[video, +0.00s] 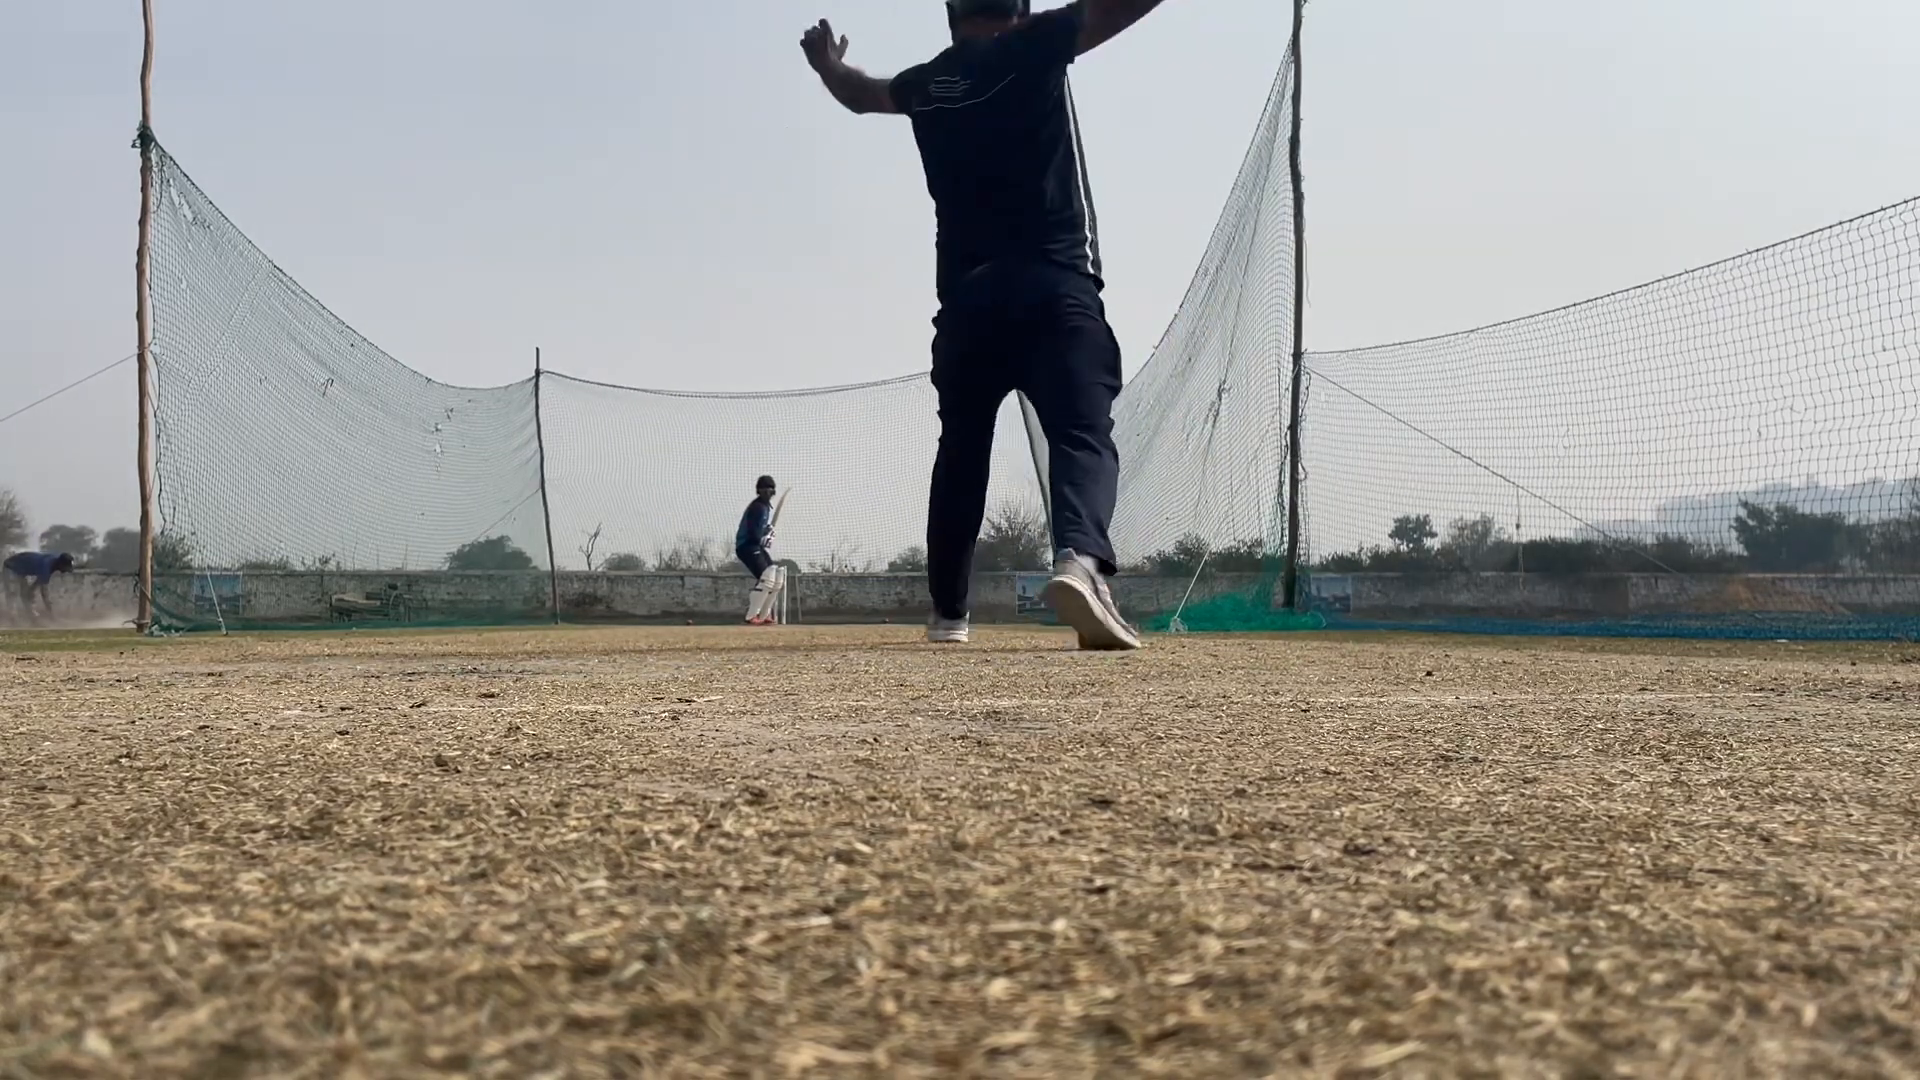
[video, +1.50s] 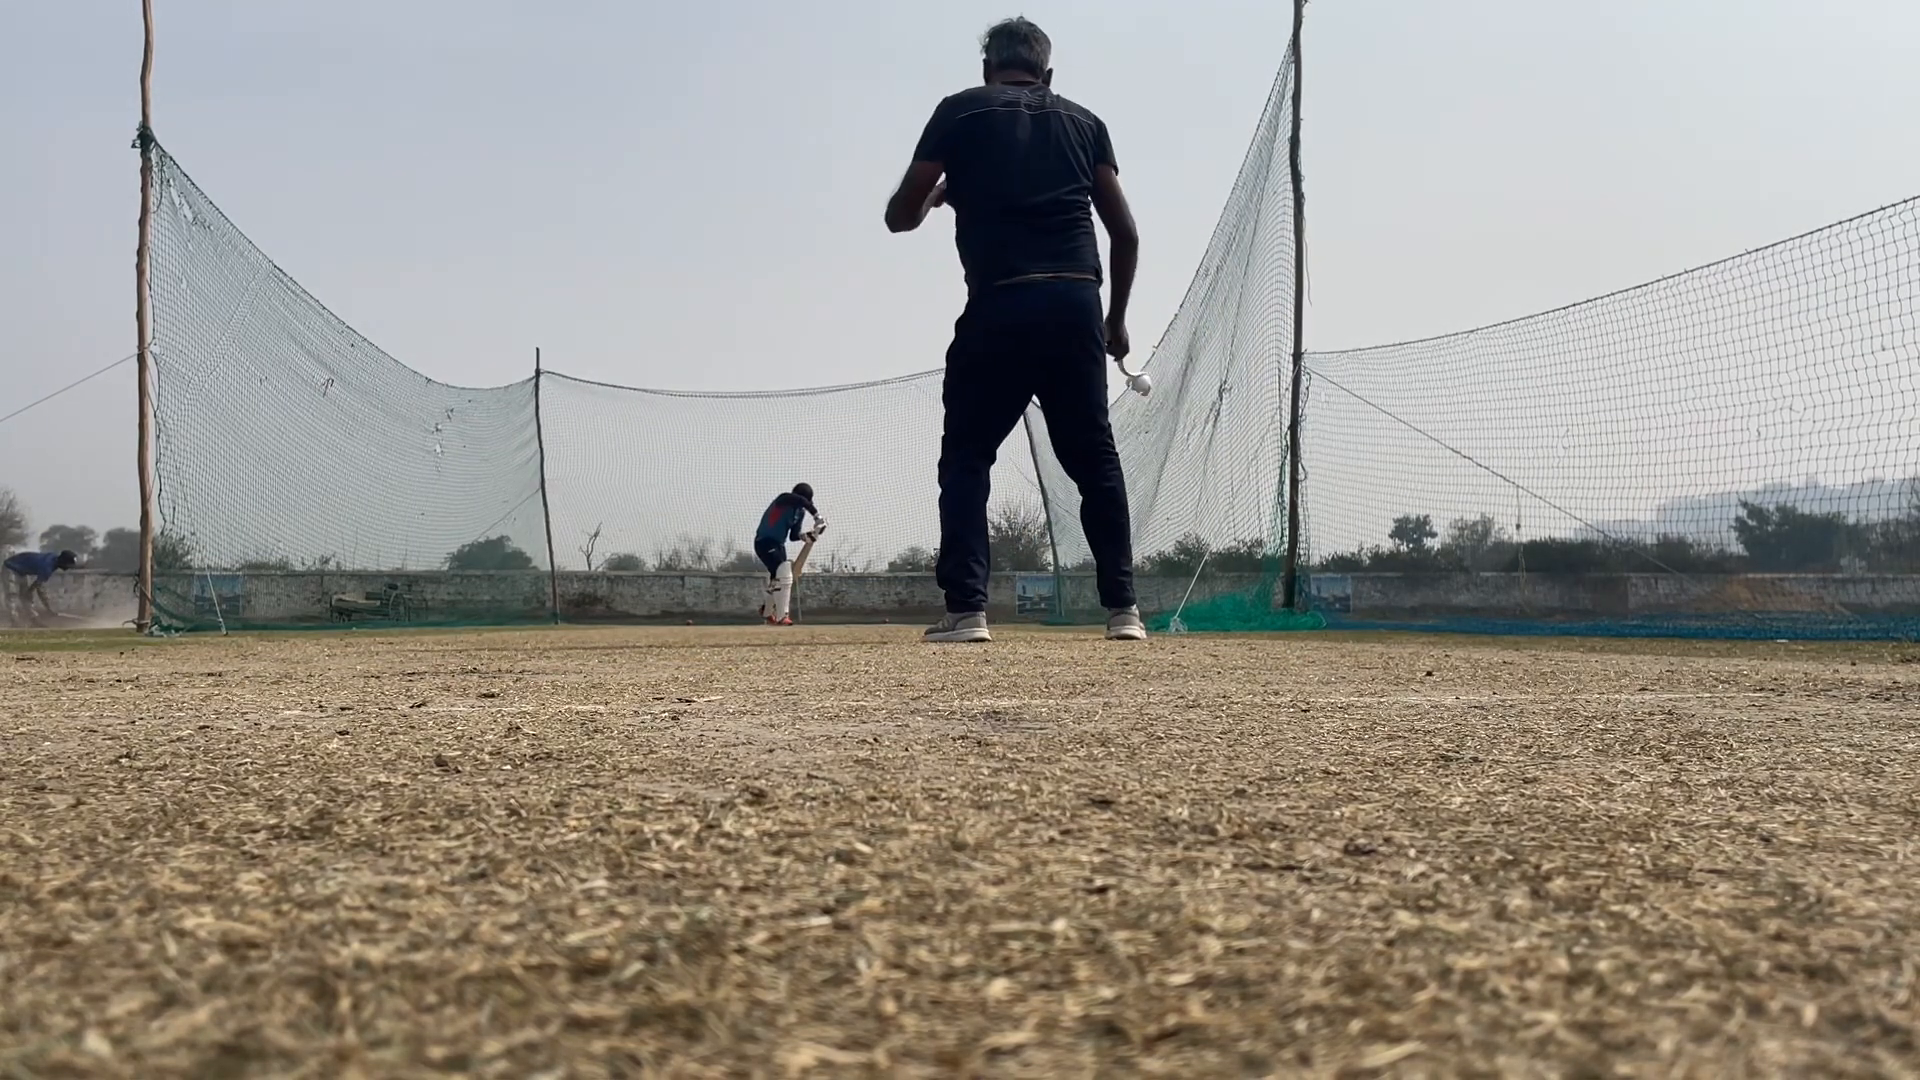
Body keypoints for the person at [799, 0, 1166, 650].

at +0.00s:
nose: (1023, 20)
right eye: (1021, 14)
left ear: (953, 20)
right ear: (1018, 16)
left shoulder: (921, 83)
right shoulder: (1039, 41)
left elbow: (864, 93)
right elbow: (1129, 4)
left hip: (969, 299)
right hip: (1057, 285)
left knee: (960, 453)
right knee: (1082, 433)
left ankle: (949, 618)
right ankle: (1078, 565)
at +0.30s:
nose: (857, 137)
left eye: (857, 127)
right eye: (855, 128)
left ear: (866, 120)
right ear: (914, 112)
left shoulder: (883, 132)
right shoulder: (957, 154)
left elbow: (900, 186)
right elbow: (955, 289)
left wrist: (887, 250)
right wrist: (912, 382)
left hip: (979, 287)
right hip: (1056, 267)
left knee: (959, 453)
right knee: (1092, 426)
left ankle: (949, 612)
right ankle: (1080, 447)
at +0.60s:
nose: (857, 109)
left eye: (862, 96)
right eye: (863, 107)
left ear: (884, 88)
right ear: (918, 104)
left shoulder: (897, 96)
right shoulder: (922, 182)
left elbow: (798, 76)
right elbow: (899, 279)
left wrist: (748, 71)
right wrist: (809, 303)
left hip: (991, 295)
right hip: (1049, 281)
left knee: (954, 457)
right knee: (1133, 396)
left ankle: (964, 611)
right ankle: (1303, 373)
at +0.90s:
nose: (893, 87)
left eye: (892, 78)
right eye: (895, 80)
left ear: (900, 76)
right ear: (954, 72)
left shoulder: (898, 119)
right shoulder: (1001, 115)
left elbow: (918, 187)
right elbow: (1064, 210)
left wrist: (924, 268)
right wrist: (1052, 277)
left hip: (969, 308)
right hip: (1035, 300)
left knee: (938, 459)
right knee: (1062, 445)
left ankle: (965, 613)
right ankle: (1115, 603)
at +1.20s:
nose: (938, 77)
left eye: (939, 68)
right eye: (943, 70)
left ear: (946, 65)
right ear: (1003, 68)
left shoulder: (933, 109)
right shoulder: (1043, 121)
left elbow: (919, 207)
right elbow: (1072, 238)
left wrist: (882, 313)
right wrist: (1033, 292)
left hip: (973, 316)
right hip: (1048, 313)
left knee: (946, 462)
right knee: (1075, 457)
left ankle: (965, 614)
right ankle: (1121, 608)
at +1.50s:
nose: (991, 78)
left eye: (989, 69)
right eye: (1038, 71)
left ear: (986, 66)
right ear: (1048, 71)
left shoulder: (959, 110)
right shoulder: (1083, 122)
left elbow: (900, 217)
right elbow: (1124, 234)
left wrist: (933, 194)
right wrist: (1116, 317)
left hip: (997, 312)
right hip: (1076, 311)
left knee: (965, 459)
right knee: (1095, 456)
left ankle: (966, 613)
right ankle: (1123, 611)